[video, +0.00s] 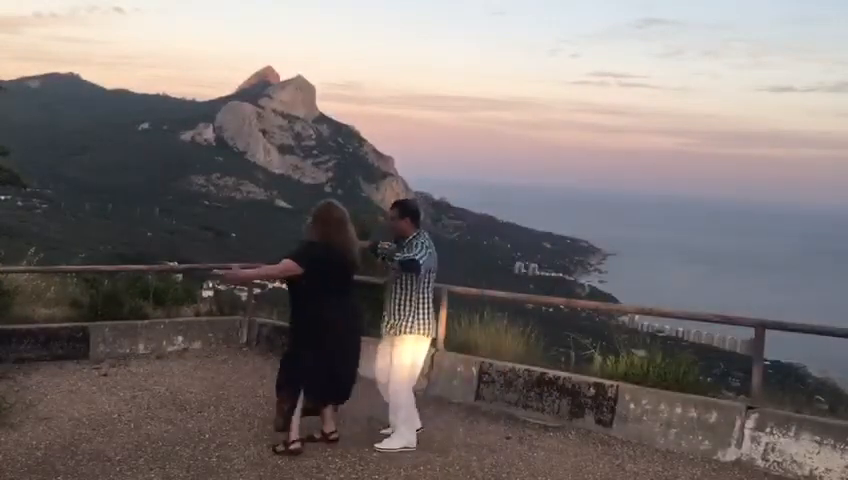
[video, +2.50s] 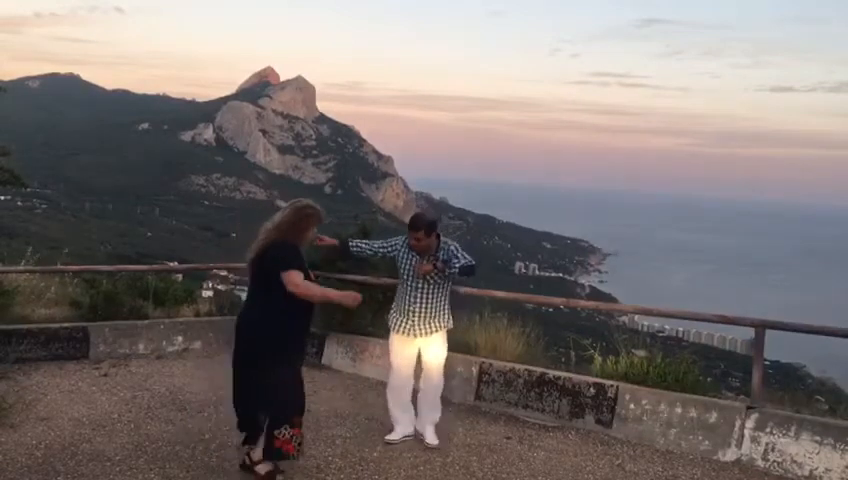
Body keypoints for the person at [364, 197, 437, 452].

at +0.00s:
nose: (390, 225)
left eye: (394, 219)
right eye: (390, 219)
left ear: (407, 221)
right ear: (404, 221)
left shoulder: (423, 244)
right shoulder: (401, 246)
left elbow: (413, 264)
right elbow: (382, 252)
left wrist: (389, 256)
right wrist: (374, 247)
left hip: (414, 327)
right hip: (394, 325)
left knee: (400, 382)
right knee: (383, 376)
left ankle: (404, 436)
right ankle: (408, 420)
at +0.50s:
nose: (394, 221)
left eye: (400, 217)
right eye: (395, 217)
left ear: (415, 220)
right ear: (397, 219)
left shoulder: (426, 245)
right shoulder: (390, 244)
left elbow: (442, 271)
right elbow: (365, 248)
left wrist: (413, 265)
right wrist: (341, 247)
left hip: (414, 325)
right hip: (388, 322)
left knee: (402, 377)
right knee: (382, 375)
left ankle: (407, 429)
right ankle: (388, 426)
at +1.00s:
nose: (405, 222)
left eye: (410, 218)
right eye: (404, 217)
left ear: (425, 221)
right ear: (405, 219)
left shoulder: (440, 246)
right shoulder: (396, 246)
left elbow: (462, 261)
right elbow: (368, 254)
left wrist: (433, 262)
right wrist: (334, 255)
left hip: (428, 331)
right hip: (397, 329)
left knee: (422, 384)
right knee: (390, 379)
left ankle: (418, 433)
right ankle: (393, 425)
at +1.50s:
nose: (412, 228)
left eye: (417, 224)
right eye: (411, 223)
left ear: (433, 225)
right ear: (410, 223)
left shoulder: (446, 245)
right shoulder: (402, 244)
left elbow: (468, 257)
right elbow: (372, 252)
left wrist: (441, 257)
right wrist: (340, 255)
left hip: (432, 327)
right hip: (401, 324)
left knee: (430, 379)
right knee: (395, 376)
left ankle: (430, 425)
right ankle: (393, 424)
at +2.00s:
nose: (418, 239)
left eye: (423, 234)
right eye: (416, 234)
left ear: (438, 230)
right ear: (413, 230)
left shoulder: (454, 244)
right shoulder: (409, 248)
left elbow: (476, 256)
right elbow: (381, 257)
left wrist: (444, 259)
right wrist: (345, 259)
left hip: (448, 327)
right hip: (416, 327)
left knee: (446, 381)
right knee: (408, 377)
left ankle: (441, 428)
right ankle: (408, 425)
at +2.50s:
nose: (413, 243)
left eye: (418, 240)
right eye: (411, 238)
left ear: (433, 236)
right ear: (408, 233)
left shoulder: (449, 249)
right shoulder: (402, 244)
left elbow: (470, 268)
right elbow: (372, 247)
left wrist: (439, 267)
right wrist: (338, 243)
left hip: (435, 327)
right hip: (403, 324)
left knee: (433, 379)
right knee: (400, 377)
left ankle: (427, 425)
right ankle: (403, 425)